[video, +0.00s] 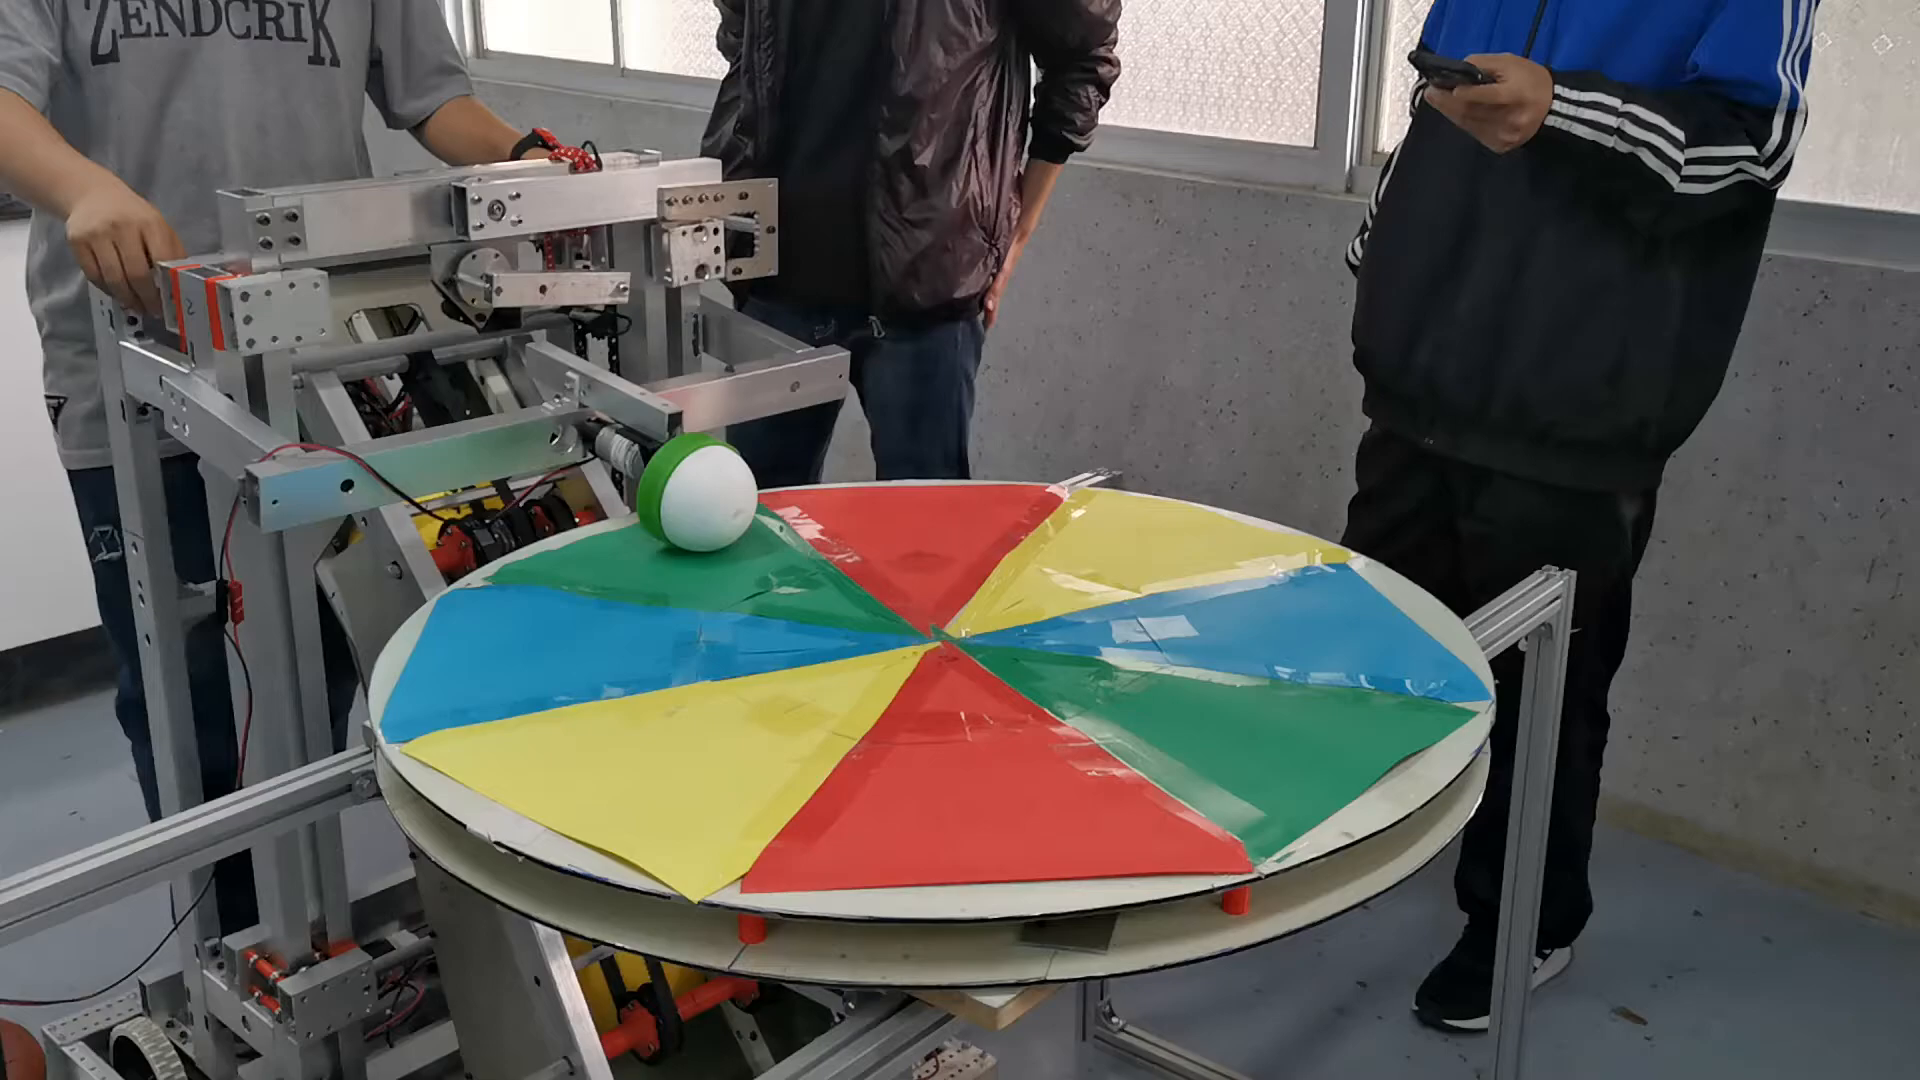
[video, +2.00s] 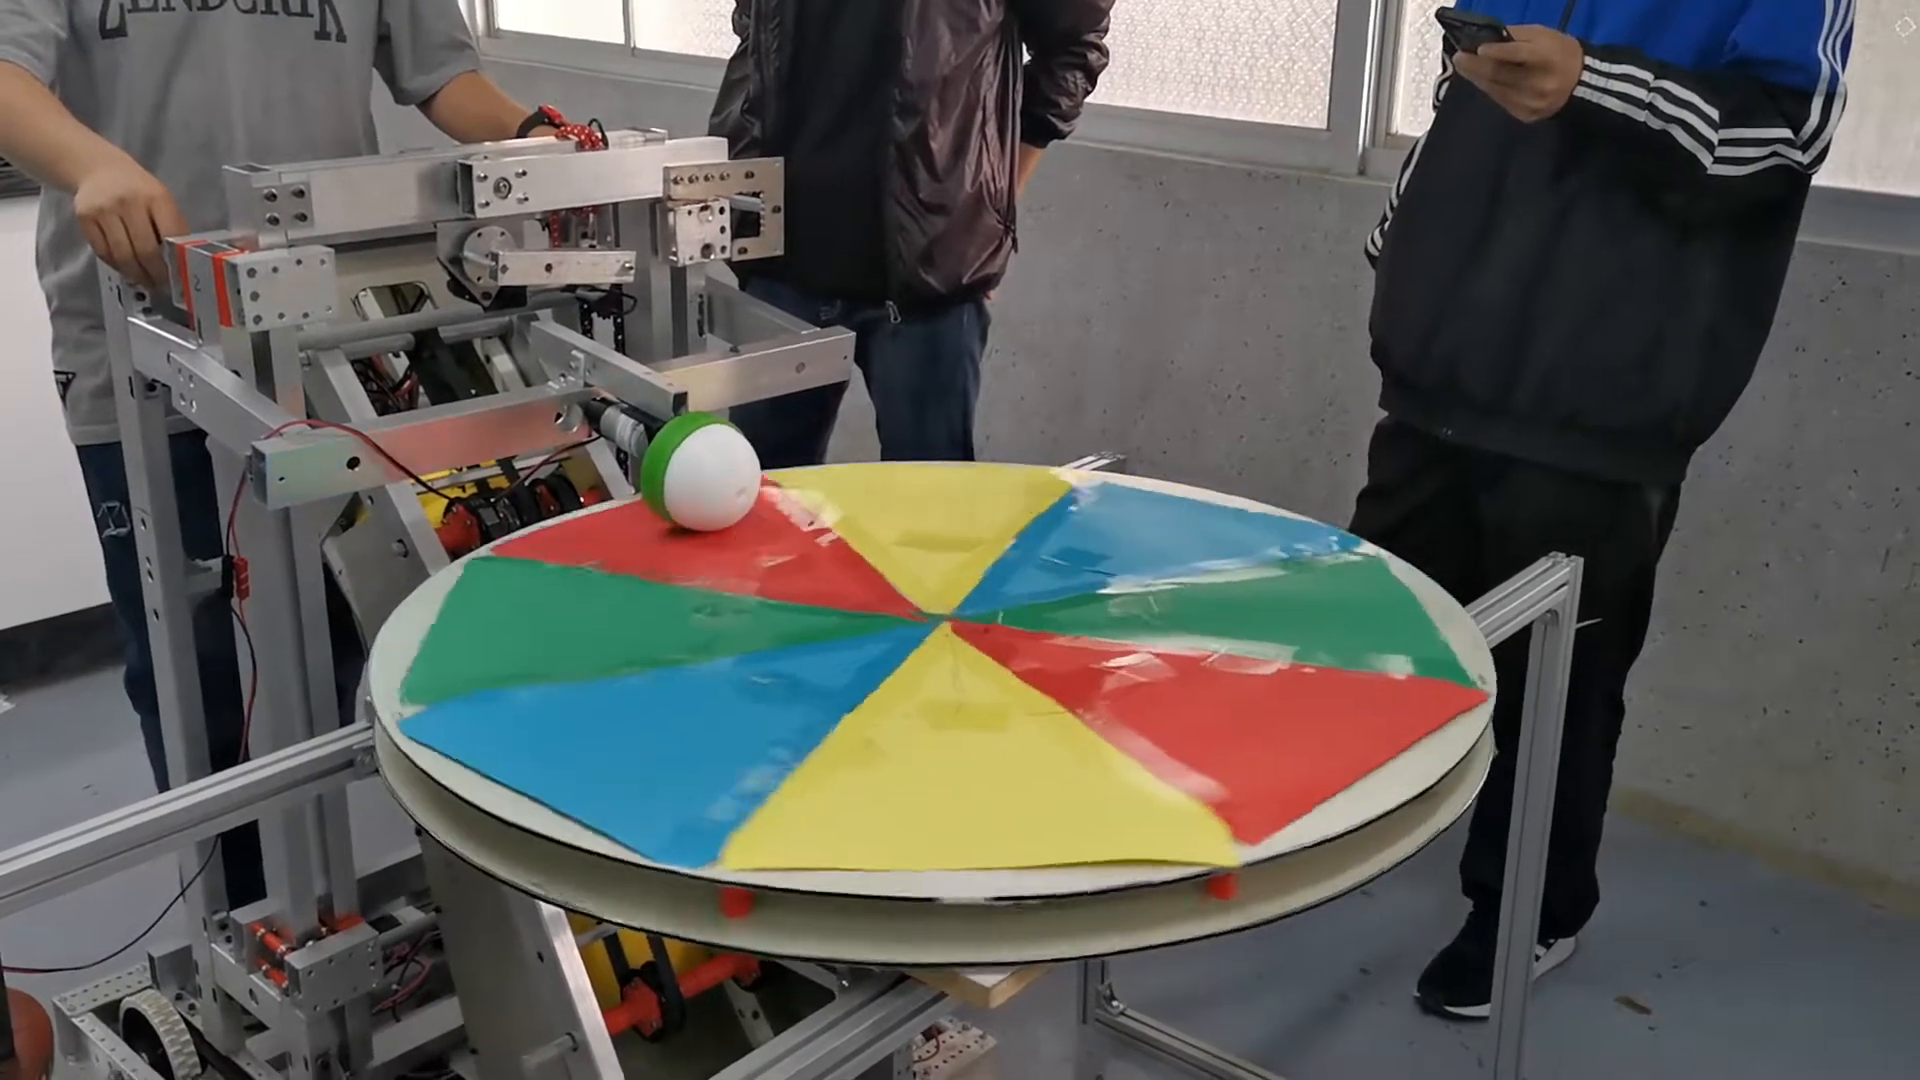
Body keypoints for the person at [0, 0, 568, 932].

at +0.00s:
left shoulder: (381, 7)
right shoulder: (47, 8)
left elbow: (429, 89)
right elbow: (5, 101)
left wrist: (528, 157)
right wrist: (83, 186)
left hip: (319, 366)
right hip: (126, 371)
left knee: (321, 664)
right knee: (180, 694)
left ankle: (309, 910)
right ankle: (229, 943)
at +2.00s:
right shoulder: (59, 7)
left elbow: (439, 69)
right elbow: (8, 73)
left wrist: (529, 130)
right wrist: (91, 163)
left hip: (328, 348)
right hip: (139, 355)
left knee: (335, 642)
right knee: (190, 676)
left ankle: (324, 894)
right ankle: (242, 922)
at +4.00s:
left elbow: (453, 53)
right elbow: (18, 52)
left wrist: (561, 128)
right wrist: (116, 141)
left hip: (346, 329)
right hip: (161, 336)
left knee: (348, 614)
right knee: (205, 645)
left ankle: (338, 867)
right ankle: (252, 892)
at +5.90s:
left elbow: (454, 48)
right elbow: (20, 45)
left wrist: (551, 115)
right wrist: (120, 138)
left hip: (346, 320)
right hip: (163, 325)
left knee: (351, 609)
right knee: (210, 638)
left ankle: (339, 855)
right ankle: (259, 885)